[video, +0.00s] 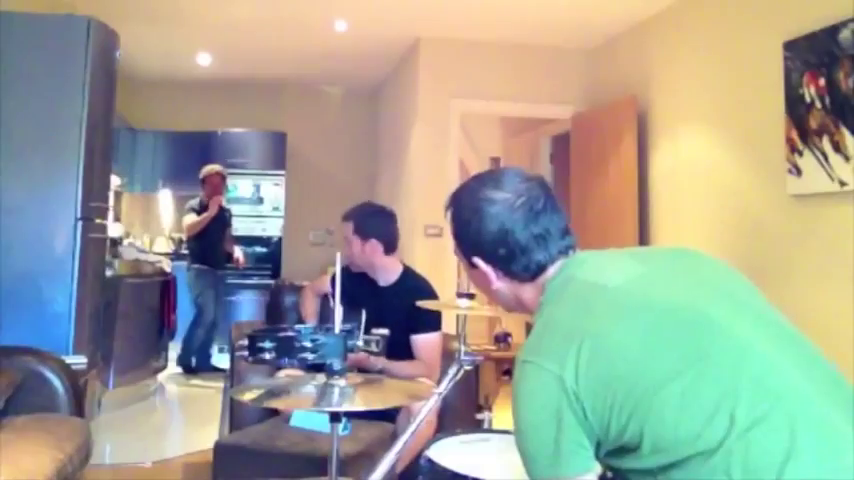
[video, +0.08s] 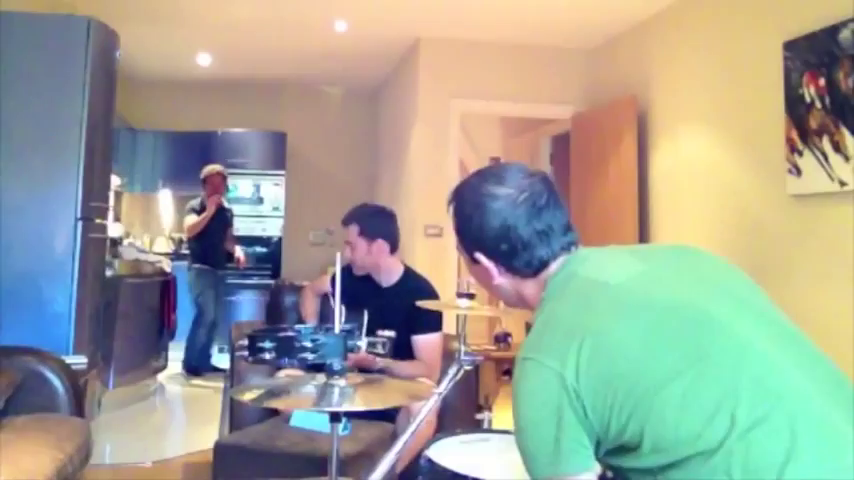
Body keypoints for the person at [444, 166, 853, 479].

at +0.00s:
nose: (471, 278)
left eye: (466, 266)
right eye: (466, 265)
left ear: (485, 272)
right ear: (556, 221)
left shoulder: (545, 367)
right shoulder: (671, 257)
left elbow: (572, 474)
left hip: (767, 468)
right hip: (844, 438)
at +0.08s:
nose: (473, 274)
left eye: (468, 262)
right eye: (468, 260)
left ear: (488, 269)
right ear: (558, 216)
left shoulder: (545, 365)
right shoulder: (672, 255)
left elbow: (573, 473)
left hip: (768, 468)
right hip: (845, 437)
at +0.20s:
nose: (482, 264)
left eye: (476, 252)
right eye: (476, 250)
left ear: (495, 259)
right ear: (566, 208)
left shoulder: (547, 358)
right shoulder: (685, 251)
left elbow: (574, 474)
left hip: (768, 468)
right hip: (847, 434)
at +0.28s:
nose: (483, 254)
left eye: (477, 241)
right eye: (477, 239)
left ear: (498, 251)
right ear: (571, 202)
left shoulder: (550, 356)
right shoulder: (689, 249)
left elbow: (575, 473)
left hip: (764, 469)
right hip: (847, 438)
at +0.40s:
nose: (495, 228)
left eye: (493, 217)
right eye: (492, 215)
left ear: (513, 227)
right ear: (590, 185)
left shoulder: (560, 346)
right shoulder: (708, 241)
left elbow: (586, 471)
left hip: (765, 466)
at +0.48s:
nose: (509, 215)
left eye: (509, 201)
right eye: (508, 198)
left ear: (530, 210)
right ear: (609, 175)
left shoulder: (570, 323)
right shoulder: (725, 235)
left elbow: (599, 476)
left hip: (760, 467)